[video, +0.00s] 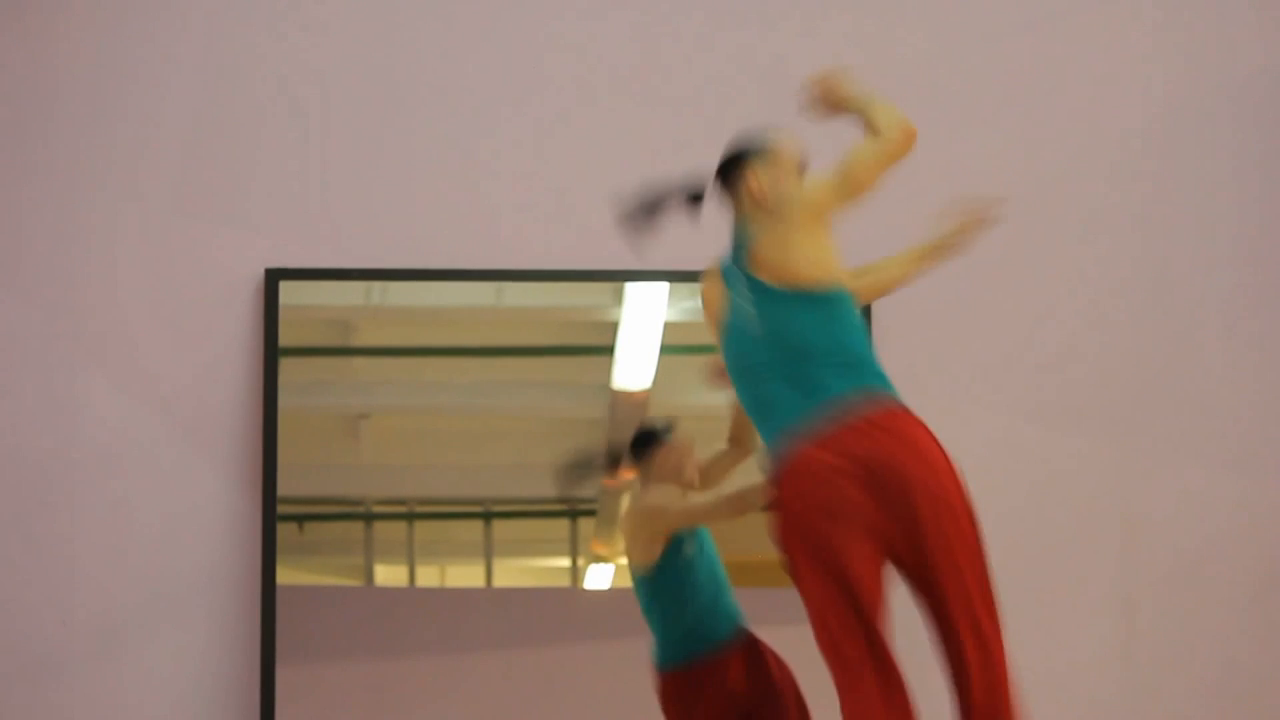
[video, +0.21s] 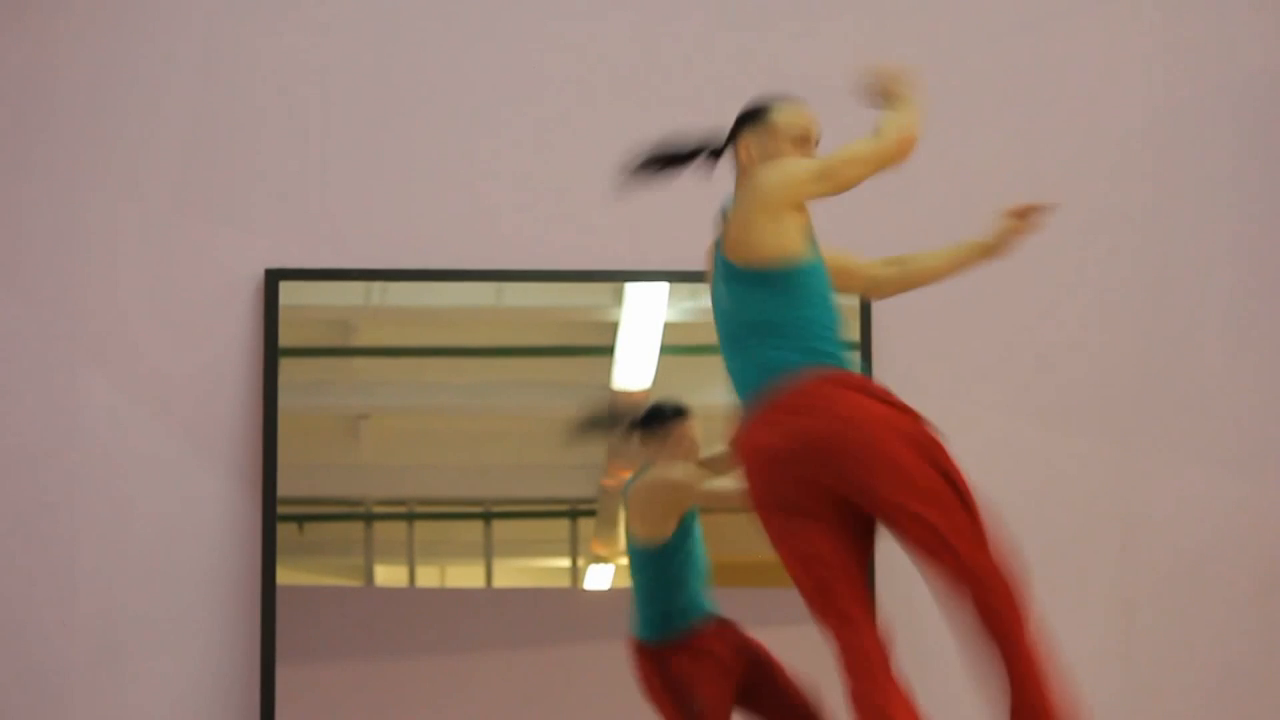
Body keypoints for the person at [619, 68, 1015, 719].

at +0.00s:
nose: (805, 184)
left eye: (801, 172)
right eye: (793, 172)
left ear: (744, 191)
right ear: (749, 184)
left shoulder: (717, 290)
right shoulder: (794, 211)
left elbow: (844, 290)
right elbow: (896, 135)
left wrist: (941, 244)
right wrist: (852, 96)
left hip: (807, 478)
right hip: (885, 441)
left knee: (859, 669)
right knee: (973, 634)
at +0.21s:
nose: (812, 153)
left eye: (812, 142)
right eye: (798, 139)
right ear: (746, 146)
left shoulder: (736, 247)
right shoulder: (767, 188)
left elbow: (877, 278)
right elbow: (890, 147)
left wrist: (988, 245)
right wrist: (903, 100)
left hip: (767, 444)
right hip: (827, 412)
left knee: (853, 631)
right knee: (979, 571)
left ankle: (891, 718)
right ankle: (1037, 708)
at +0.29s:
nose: (812, 143)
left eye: (820, 133)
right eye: (795, 129)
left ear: (827, 140)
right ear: (751, 133)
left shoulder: (799, 232)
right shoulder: (755, 177)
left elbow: (901, 272)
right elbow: (889, 175)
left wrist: (1019, 254)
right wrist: (945, 131)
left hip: (741, 435)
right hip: (770, 395)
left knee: (859, 585)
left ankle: (902, 713)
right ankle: (1042, 638)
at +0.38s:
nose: (812, 143)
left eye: (820, 133)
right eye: (795, 129)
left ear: (828, 141)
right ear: (750, 133)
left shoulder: (800, 232)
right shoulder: (755, 177)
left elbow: (901, 272)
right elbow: (888, 175)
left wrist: (1018, 254)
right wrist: (945, 131)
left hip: (741, 434)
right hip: (770, 395)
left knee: (858, 583)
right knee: (969, 456)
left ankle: (902, 713)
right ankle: (1042, 639)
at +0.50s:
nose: (812, 143)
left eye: (826, 131)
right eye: (796, 127)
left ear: (837, 138)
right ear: (761, 131)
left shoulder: (813, 219)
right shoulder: (756, 180)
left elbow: (922, 270)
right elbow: (881, 210)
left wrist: (1038, 273)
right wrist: (968, 192)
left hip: (735, 438)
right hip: (730, 386)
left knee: (892, 518)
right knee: (930, 348)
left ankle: (900, 669)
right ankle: (1015, 523)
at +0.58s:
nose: (812, 143)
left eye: (826, 131)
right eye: (796, 127)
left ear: (837, 138)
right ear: (761, 131)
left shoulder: (813, 219)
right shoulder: (756, 180)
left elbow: (921, 270)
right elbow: (883, 210)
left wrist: (1037, 273)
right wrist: (970, 190)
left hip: (735, 438)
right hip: (730, 387)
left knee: (892, 518)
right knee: (931, 349)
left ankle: (900, 670)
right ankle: (1015, 524)